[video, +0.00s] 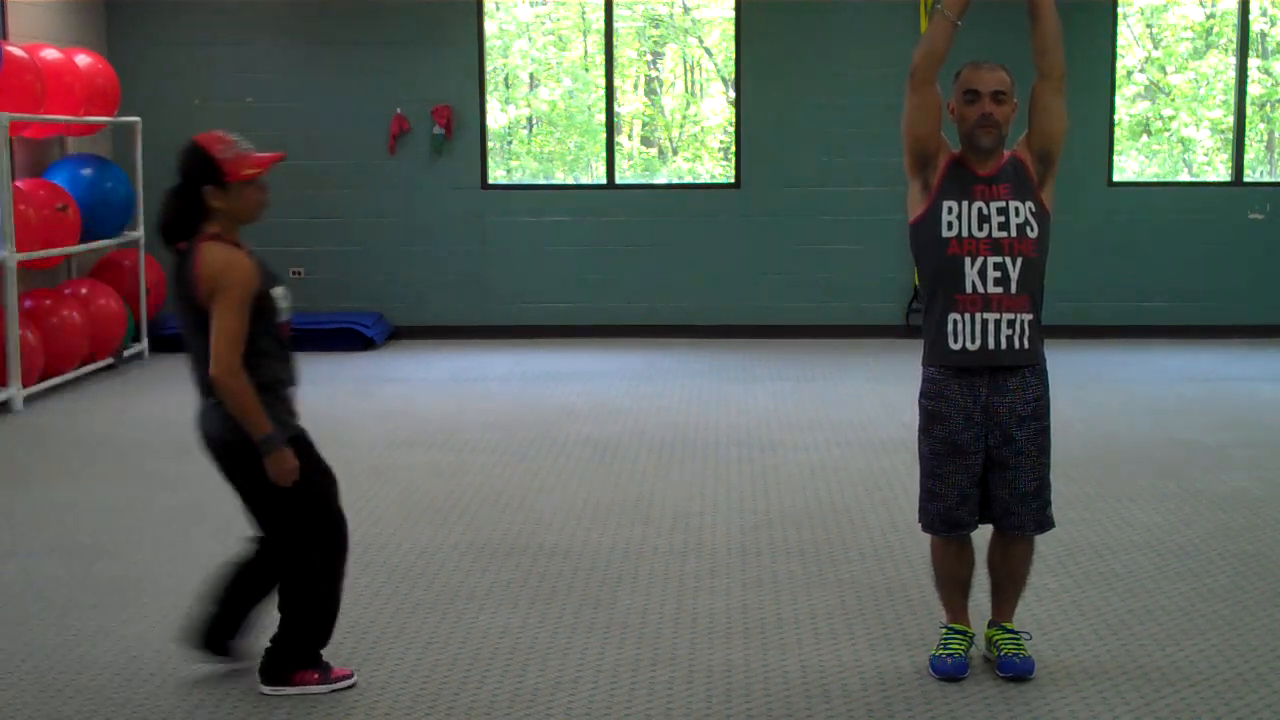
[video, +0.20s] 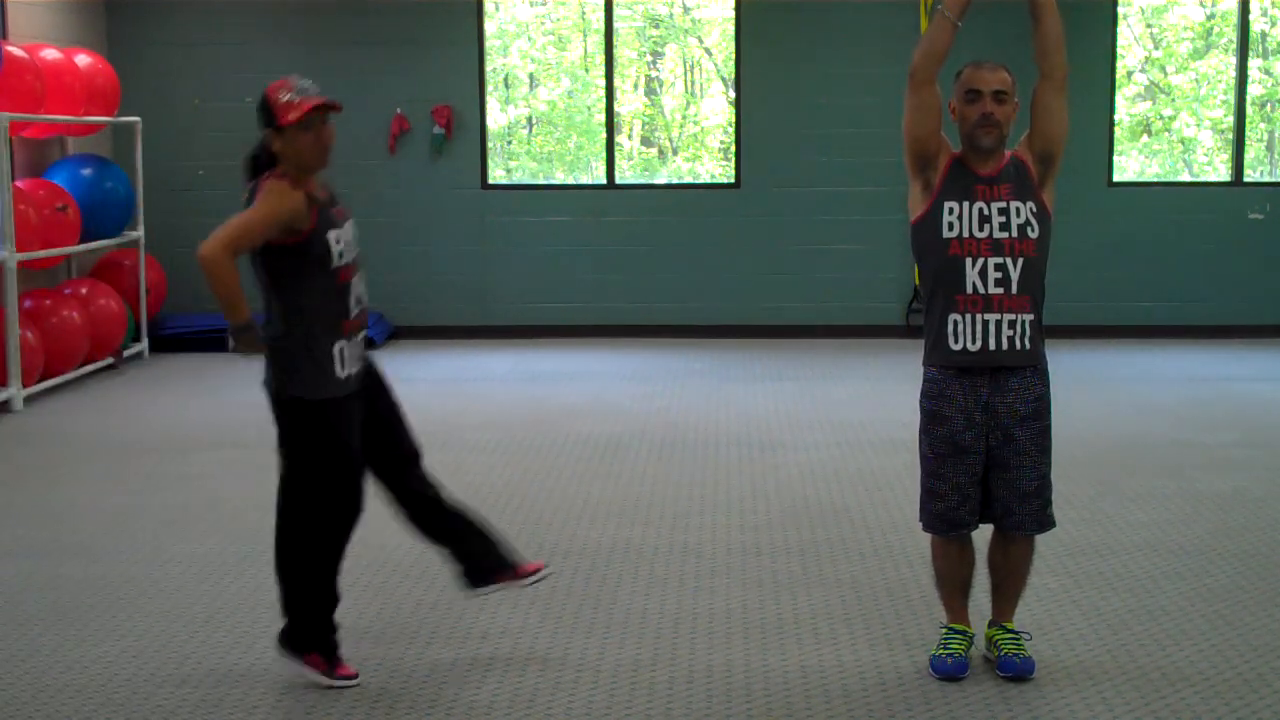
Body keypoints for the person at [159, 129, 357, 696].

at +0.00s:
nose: (263, 191)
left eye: (260, 181)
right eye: (250, 184)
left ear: (217, 194)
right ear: (215, 195)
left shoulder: (204, 254)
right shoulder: (231, 264)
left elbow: (219, 356)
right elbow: (225, 369)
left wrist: (272, 412)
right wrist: (271, 443)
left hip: (233, 424)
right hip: (255, 428)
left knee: (288, 532)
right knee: (322, 532)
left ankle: (219, 630)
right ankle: (293, 661)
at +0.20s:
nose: (324, 134)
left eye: (325, 122)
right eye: (309, 126)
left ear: (326, 129)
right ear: (278, 139)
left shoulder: (314, 188)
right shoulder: (282, 200)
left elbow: (304, 264)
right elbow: (214, 253)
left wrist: (332, 323)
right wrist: (243, 323)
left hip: (349, 369)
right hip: (309, 384)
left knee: (405, 475)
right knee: (319, 509)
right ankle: (308, 637)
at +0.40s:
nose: (360, 149)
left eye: (368, 138)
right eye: (346, 141)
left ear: (382, 146)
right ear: (327, 153)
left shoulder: (394, 207)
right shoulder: (322, 223)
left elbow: (439, 245)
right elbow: (269, 306)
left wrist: (458, 285)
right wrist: (332, 366)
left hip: (429, 395)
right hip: (365, 411)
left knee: (487, 505)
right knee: (376, 537)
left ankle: (524, 628)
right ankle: (376, 644)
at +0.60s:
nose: (397, 174)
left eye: (407, 163)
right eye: (385, 166)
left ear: (425, 172)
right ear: (372, 180)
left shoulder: (451, 229)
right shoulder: (361, 240)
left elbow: (526, 243)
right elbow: (373, 288)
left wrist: (480, 214)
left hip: (471, 413)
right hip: (399, 420)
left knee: (500, 533)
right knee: (400, 541)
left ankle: (513, 642)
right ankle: (424, 636)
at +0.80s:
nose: (412, 146)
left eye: (423, 136)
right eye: (401, 139)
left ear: (446, 149)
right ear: (391, 154)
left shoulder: (472, 207)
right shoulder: (386, 211)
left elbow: (474, 132)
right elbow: (333, 148)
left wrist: (443, 61)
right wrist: (317, 79)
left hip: (471, 401)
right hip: (396, 397)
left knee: (492, 529)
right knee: (347, 496)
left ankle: (512, 641)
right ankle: (381, 621)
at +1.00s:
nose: (405, 154)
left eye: (416, 143)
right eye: (395, 145)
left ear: (440, 152)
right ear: (384, 156)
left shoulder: (464, 212)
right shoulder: (373, 214)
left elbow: (464, 136)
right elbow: (281, 200)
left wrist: (434, 54)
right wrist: (198, 181)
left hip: (453, 408)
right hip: (377, 406)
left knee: (479, 527)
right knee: (330, 517)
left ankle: (512, 641)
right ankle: (284, 624)